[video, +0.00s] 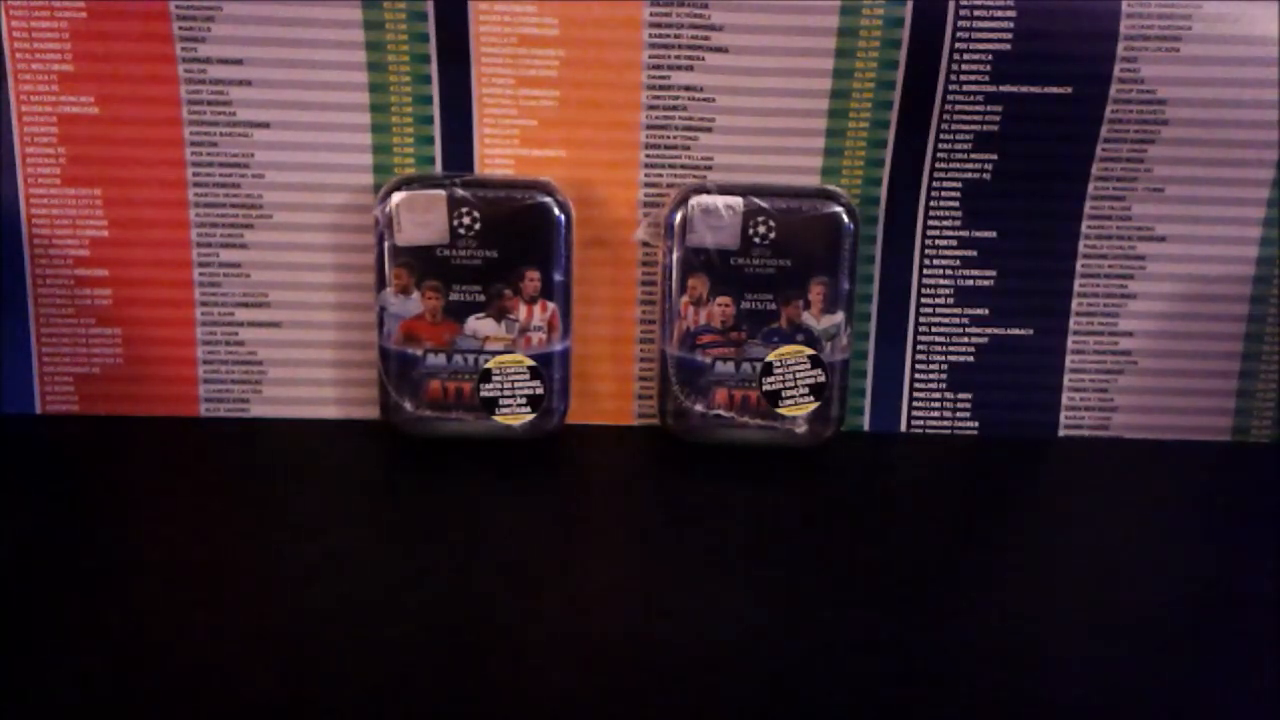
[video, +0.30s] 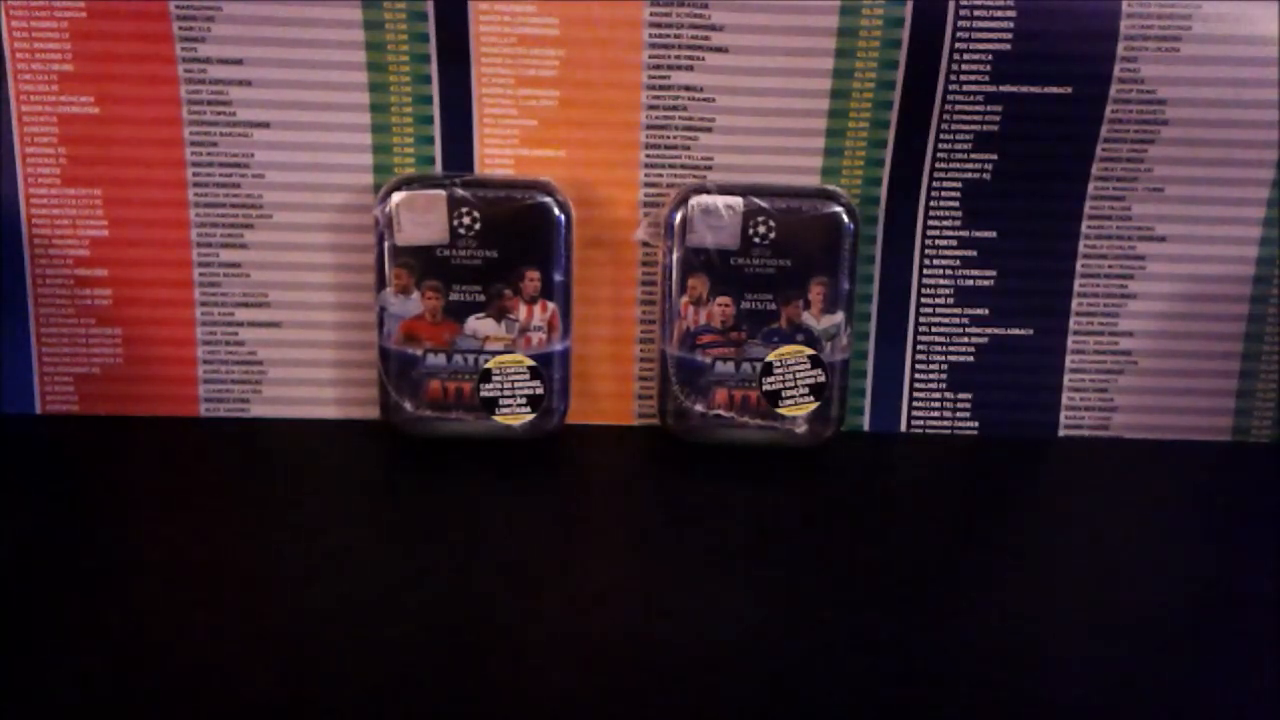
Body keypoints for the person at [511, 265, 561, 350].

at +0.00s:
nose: (536, 285)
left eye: (539, 281)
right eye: (531, 280)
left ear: (541, 283)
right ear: (521, 284)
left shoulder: (551, 308)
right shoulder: (511, 306)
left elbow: (556, 337)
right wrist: (521, 329)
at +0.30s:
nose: (536, 285)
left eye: (538, 281)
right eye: (531, 280)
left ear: (541, 283)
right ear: (521, 284)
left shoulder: (551, 308)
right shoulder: (512, 306)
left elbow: (556, 337)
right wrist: (521, 329)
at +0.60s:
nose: (536, 285)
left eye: (538, 280)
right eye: (531, 280)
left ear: (541, 283)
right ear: (521, 284)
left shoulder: (551, 308)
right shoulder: (512, 305)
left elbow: (556, 336)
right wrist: (521, 329)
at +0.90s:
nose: (536, 285)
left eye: (538, 280)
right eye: (531, 280)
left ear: (541, 283)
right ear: (521, 284)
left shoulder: (551, 308)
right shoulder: (511, 305)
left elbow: (556, 336)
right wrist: (520, 329)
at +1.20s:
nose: (536, 285)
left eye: (539, 281)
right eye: (531, 280)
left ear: (541, 283)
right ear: (521, 284)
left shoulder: (551, 308)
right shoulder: (512, 305)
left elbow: (556, 337)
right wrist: (520, 329)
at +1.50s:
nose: (536, 285)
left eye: (538, 281)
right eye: (531, 281)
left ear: (541, 283)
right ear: (521, 284)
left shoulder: (551, 308)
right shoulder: (511, 306)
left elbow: (556, 337)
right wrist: (520, 329)